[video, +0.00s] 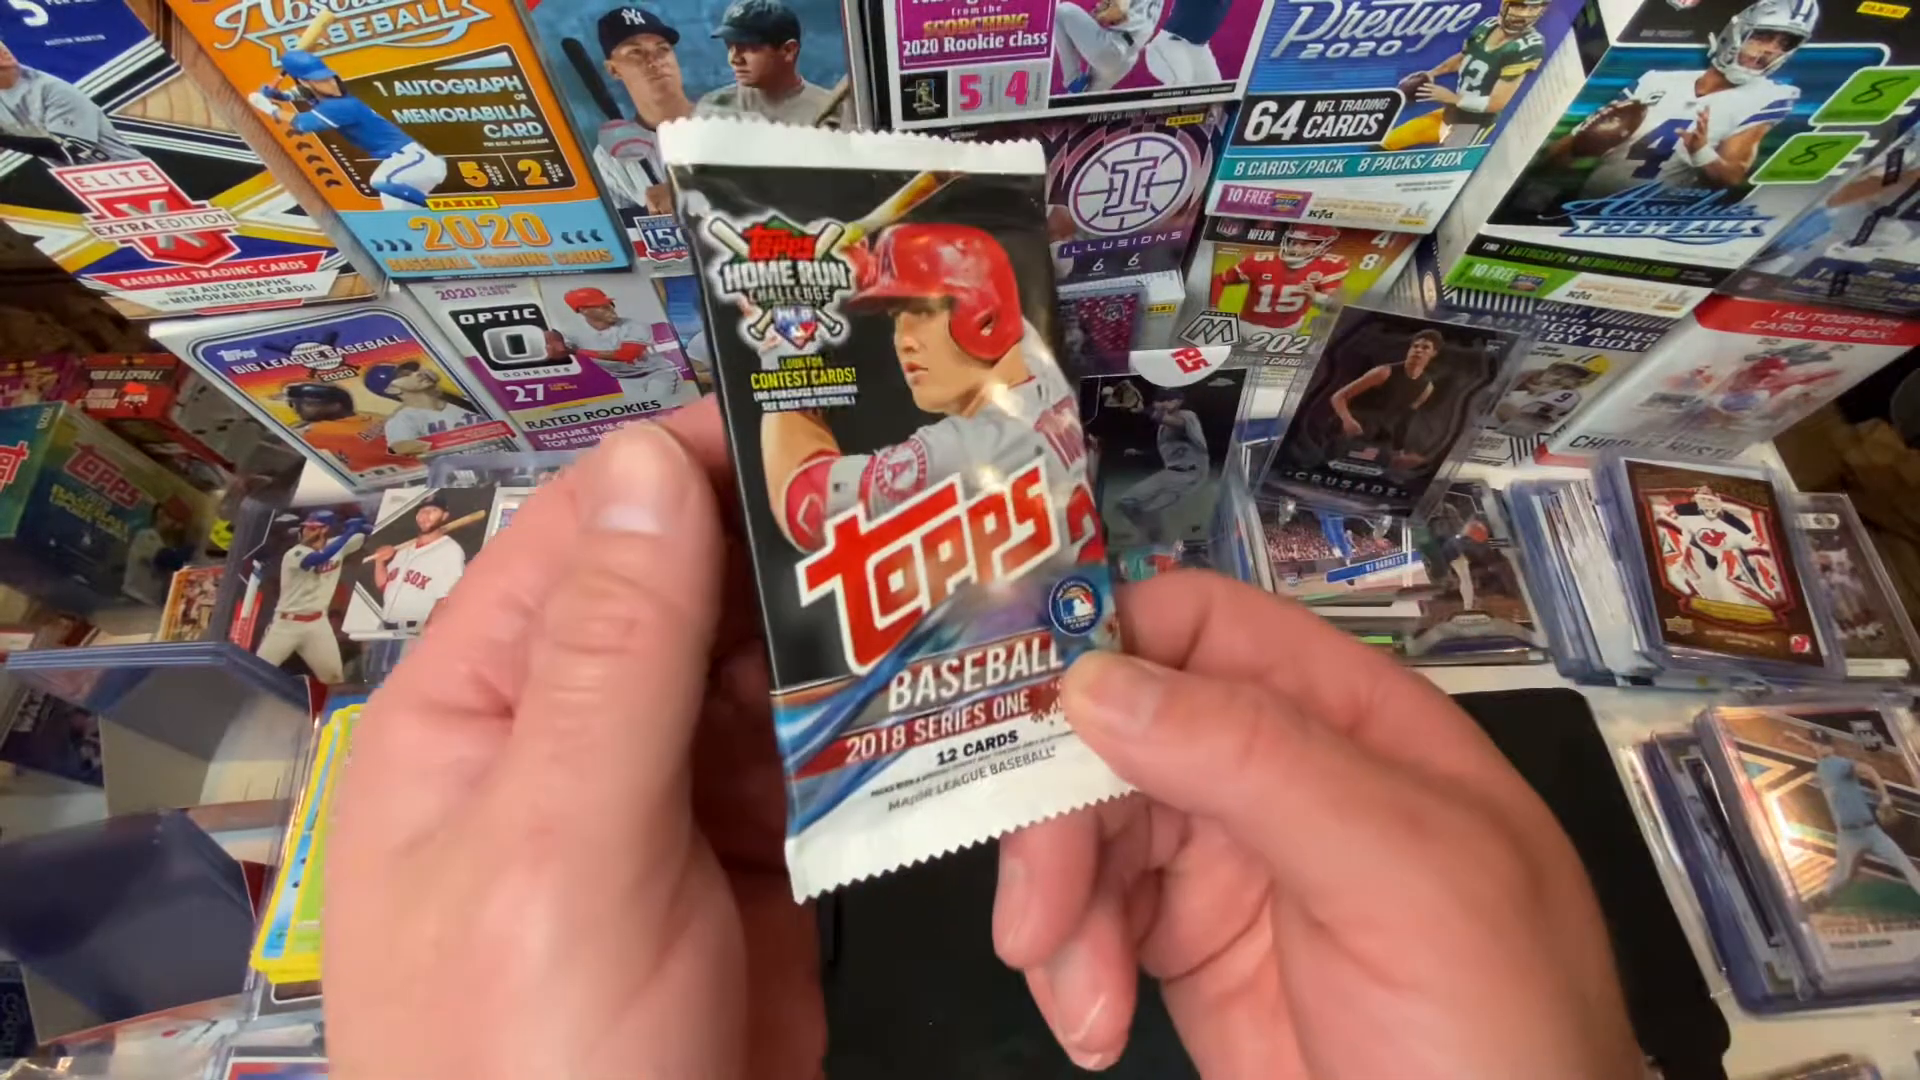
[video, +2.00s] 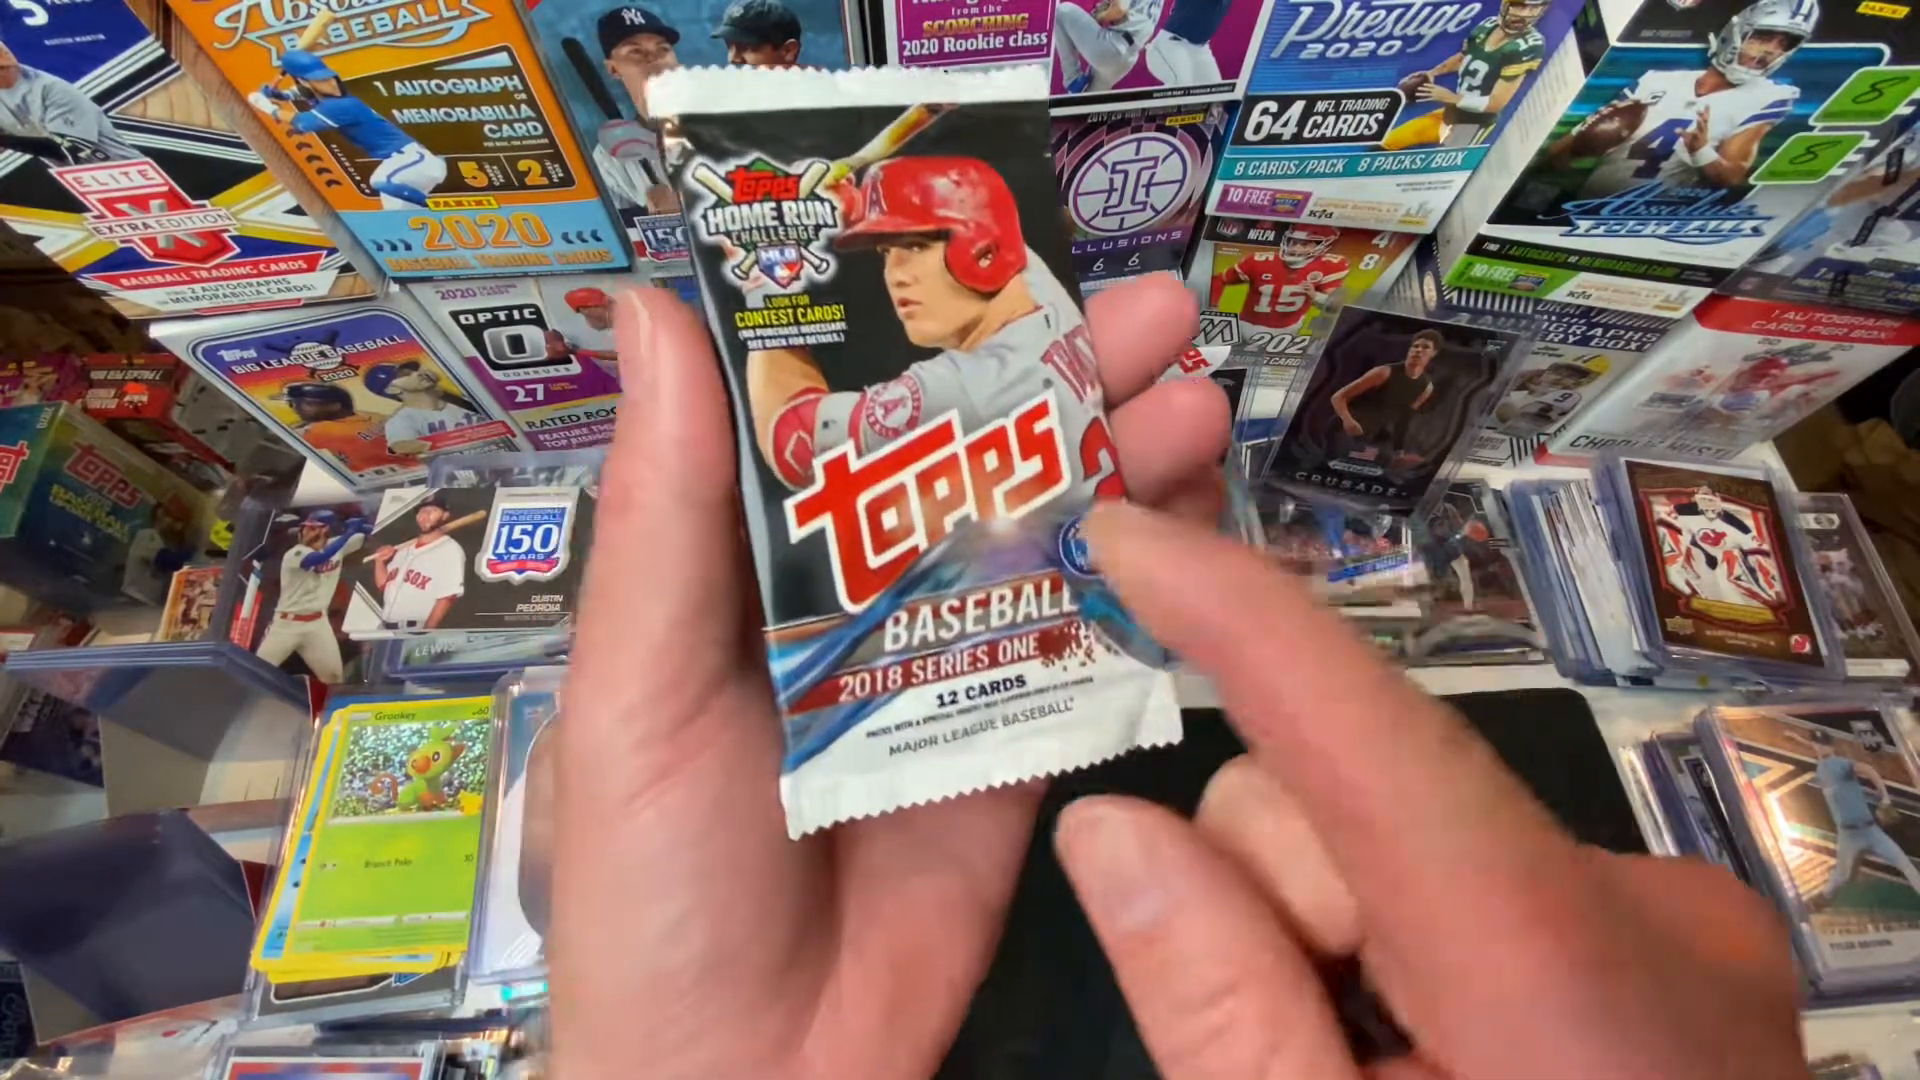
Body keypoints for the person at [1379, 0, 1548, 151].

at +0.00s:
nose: (1520, 13)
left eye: (1529, 7)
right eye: (1515, 5)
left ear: (1541, 11)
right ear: (1503, 5)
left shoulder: (1527, 47)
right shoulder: (1487, 26)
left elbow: (1495, 104)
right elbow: (1464, 58)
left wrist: (1451, 98)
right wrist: (1432, 73)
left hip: (1477, 124)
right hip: (1451, 112)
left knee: (1442, 173)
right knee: (1388, 141)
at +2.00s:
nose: (1521, 14)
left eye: (1531, 7)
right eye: (1516, 5)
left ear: (1542, 11)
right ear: (1503, 5)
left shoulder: (1527, 47)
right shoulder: (1487, 26)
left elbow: (1495, 104)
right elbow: (1463, 58)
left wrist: (1449, 97)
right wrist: (1432, 73)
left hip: (1477, 123)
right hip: (1451, 111)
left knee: (1441, 174)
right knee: (1388, 141)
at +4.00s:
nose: (1520, 14)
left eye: (1530, 7)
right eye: (1515, 5)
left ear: (1542, 10)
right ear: (1503, 4)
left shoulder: (1528, 47)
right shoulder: (1487, 26)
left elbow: (1496, 103)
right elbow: (1463, 58)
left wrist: (1450, 97)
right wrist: (1432, 73)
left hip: (1480, 122)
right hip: (1453, 111)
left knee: (1444, 171)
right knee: (1390, 141)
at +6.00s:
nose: (1520, 13)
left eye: (1530, 7)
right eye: (1515, 5)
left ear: (1542, 11)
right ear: (1503, 5)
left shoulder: (1527, 47)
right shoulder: (1487, 26)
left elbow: (1496, 103)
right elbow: (1464, 57)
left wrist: (1450, 97)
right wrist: (1431, 73)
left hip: (1478, 123)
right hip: (1452, 111)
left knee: (1443, 174)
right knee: (1388, 141)